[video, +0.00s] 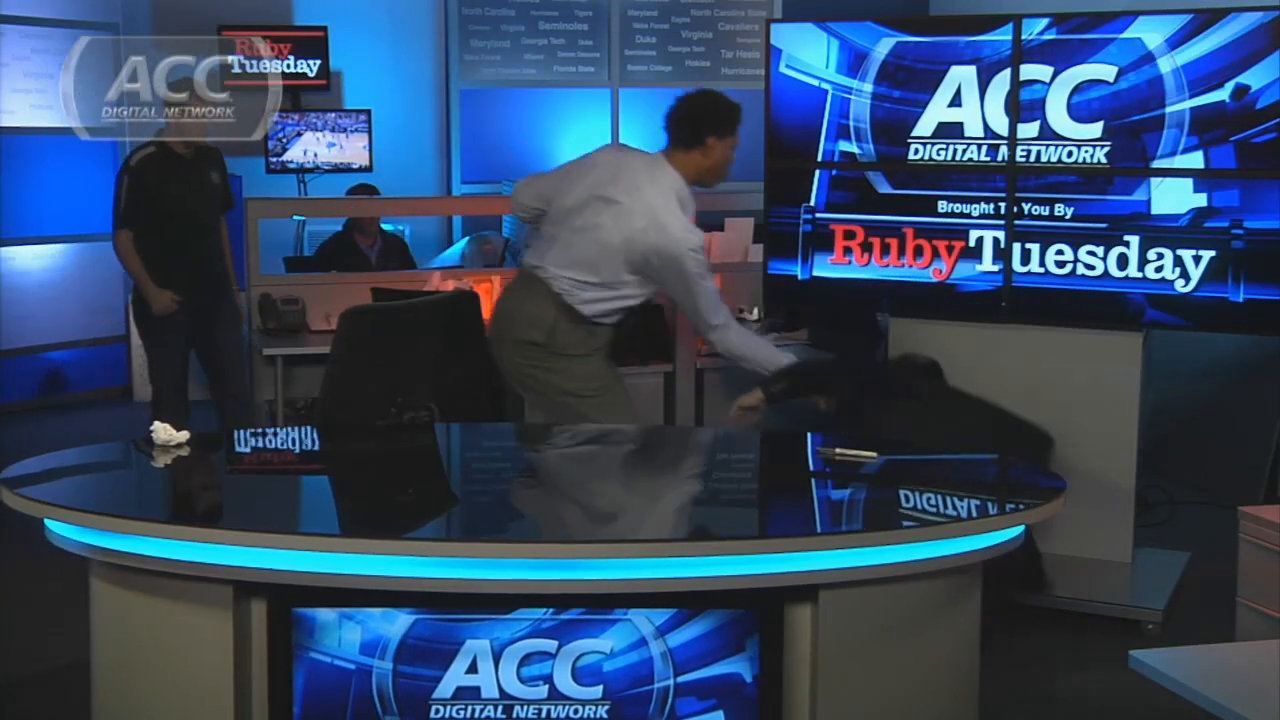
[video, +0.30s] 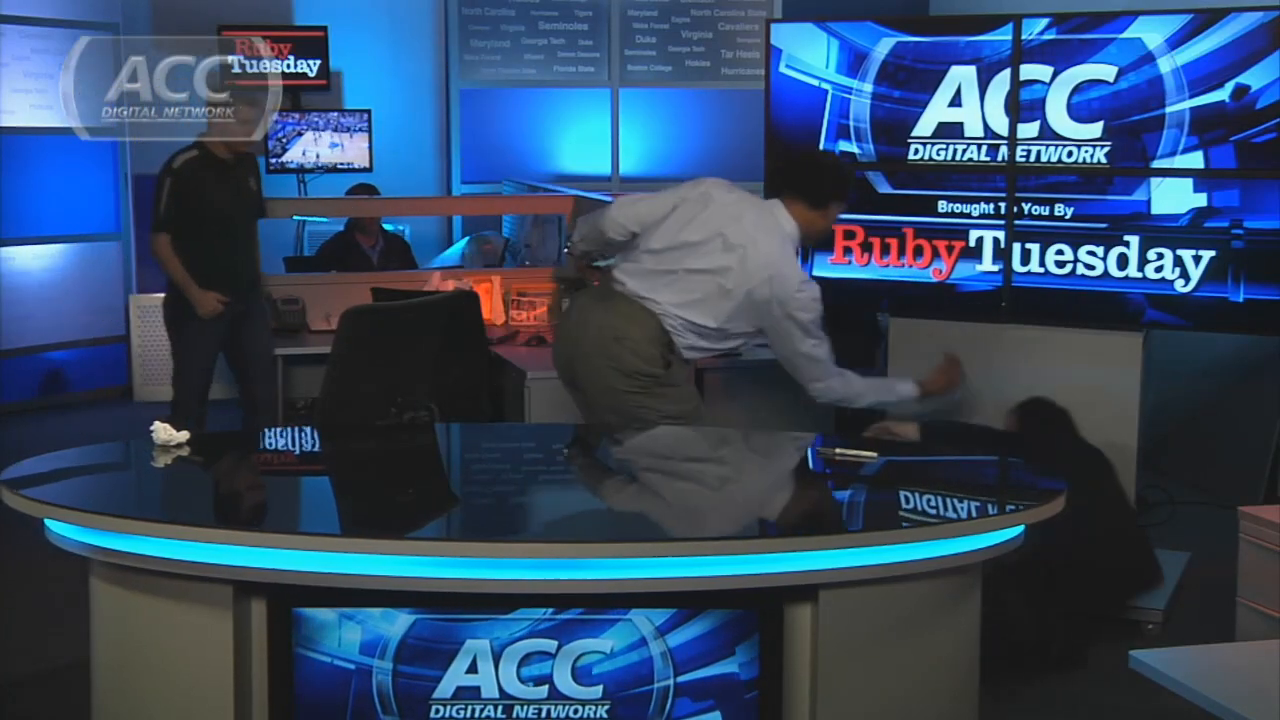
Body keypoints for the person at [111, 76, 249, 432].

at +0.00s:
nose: (202, 121)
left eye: (204, 112)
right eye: (194, 112)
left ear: (208, 115)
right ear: (174, 115)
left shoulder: (212, 159)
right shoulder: (140, 164)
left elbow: (219, 226)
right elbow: (123, 239)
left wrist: (232, 286)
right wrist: (151, 291)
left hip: (213, 294)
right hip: (163, 299)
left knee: (232, 390)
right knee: (170, 397)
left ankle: (242, 470)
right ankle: (173, 480)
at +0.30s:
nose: (250, 132)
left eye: (254, 123)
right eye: (243, 122)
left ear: (258, 121)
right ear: (218, 117)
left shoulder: (247, 164)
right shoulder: (180, 168)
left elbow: (250, 231)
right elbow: (161, 240)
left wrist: (258, 282)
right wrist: (195, 294)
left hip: (245, 300)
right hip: (196, 305)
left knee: (263, 397)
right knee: (190, 403)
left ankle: (261, 474)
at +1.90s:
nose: (506, 144)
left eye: (509, 135)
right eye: (500, 134)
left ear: (477, 130)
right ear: (471, 128)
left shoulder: (478, 177)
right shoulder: (430, 177)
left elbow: (475, 263)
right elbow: (404, 261)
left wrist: (497, 323)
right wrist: (432, 332)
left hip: (484, 331)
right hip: (445, 335)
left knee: (486, 438)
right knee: (438, 441)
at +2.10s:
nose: (544, 140)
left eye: (546, 131)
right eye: (538, 130)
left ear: (518, 127)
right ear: (509, 123)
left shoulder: (516, 178)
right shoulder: (467, 172)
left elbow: (514, 260)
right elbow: (435, 250)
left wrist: (537, 316)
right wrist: (448, 321)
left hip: (518, 320)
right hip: (479, 321)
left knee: (518, 426)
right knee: (484, 428)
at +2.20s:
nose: (559, 140)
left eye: (562, 131)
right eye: (554, 130)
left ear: (533, 125)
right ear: (526, 123)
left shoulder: (532, 177)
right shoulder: (482, 171)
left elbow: (538, 259)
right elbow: (449, 250)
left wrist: (571, 319)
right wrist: (462, 324)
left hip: (531, 322)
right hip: (492, 323)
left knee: (532, 428)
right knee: (506, 432)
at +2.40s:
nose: (593, 142)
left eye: (595, 134)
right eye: (588, 132)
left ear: (567, 128)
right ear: (561, 125)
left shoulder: (564, 180)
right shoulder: (516, 172)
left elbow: (573, 251)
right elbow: (483, 251)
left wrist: (612, 311)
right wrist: (496, 328)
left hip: (556, 323)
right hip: (523, 322)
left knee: (556, 427)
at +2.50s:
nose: (611, 145)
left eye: (613, 137)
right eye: (605, 135)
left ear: (581, 131)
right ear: (577, 129)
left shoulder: (578, 180)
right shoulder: (535, 175)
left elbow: (588, 252)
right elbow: (501, 256)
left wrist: (628, 311)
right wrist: (520, 332)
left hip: (571, 324)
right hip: (542, 325)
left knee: (574, 430)